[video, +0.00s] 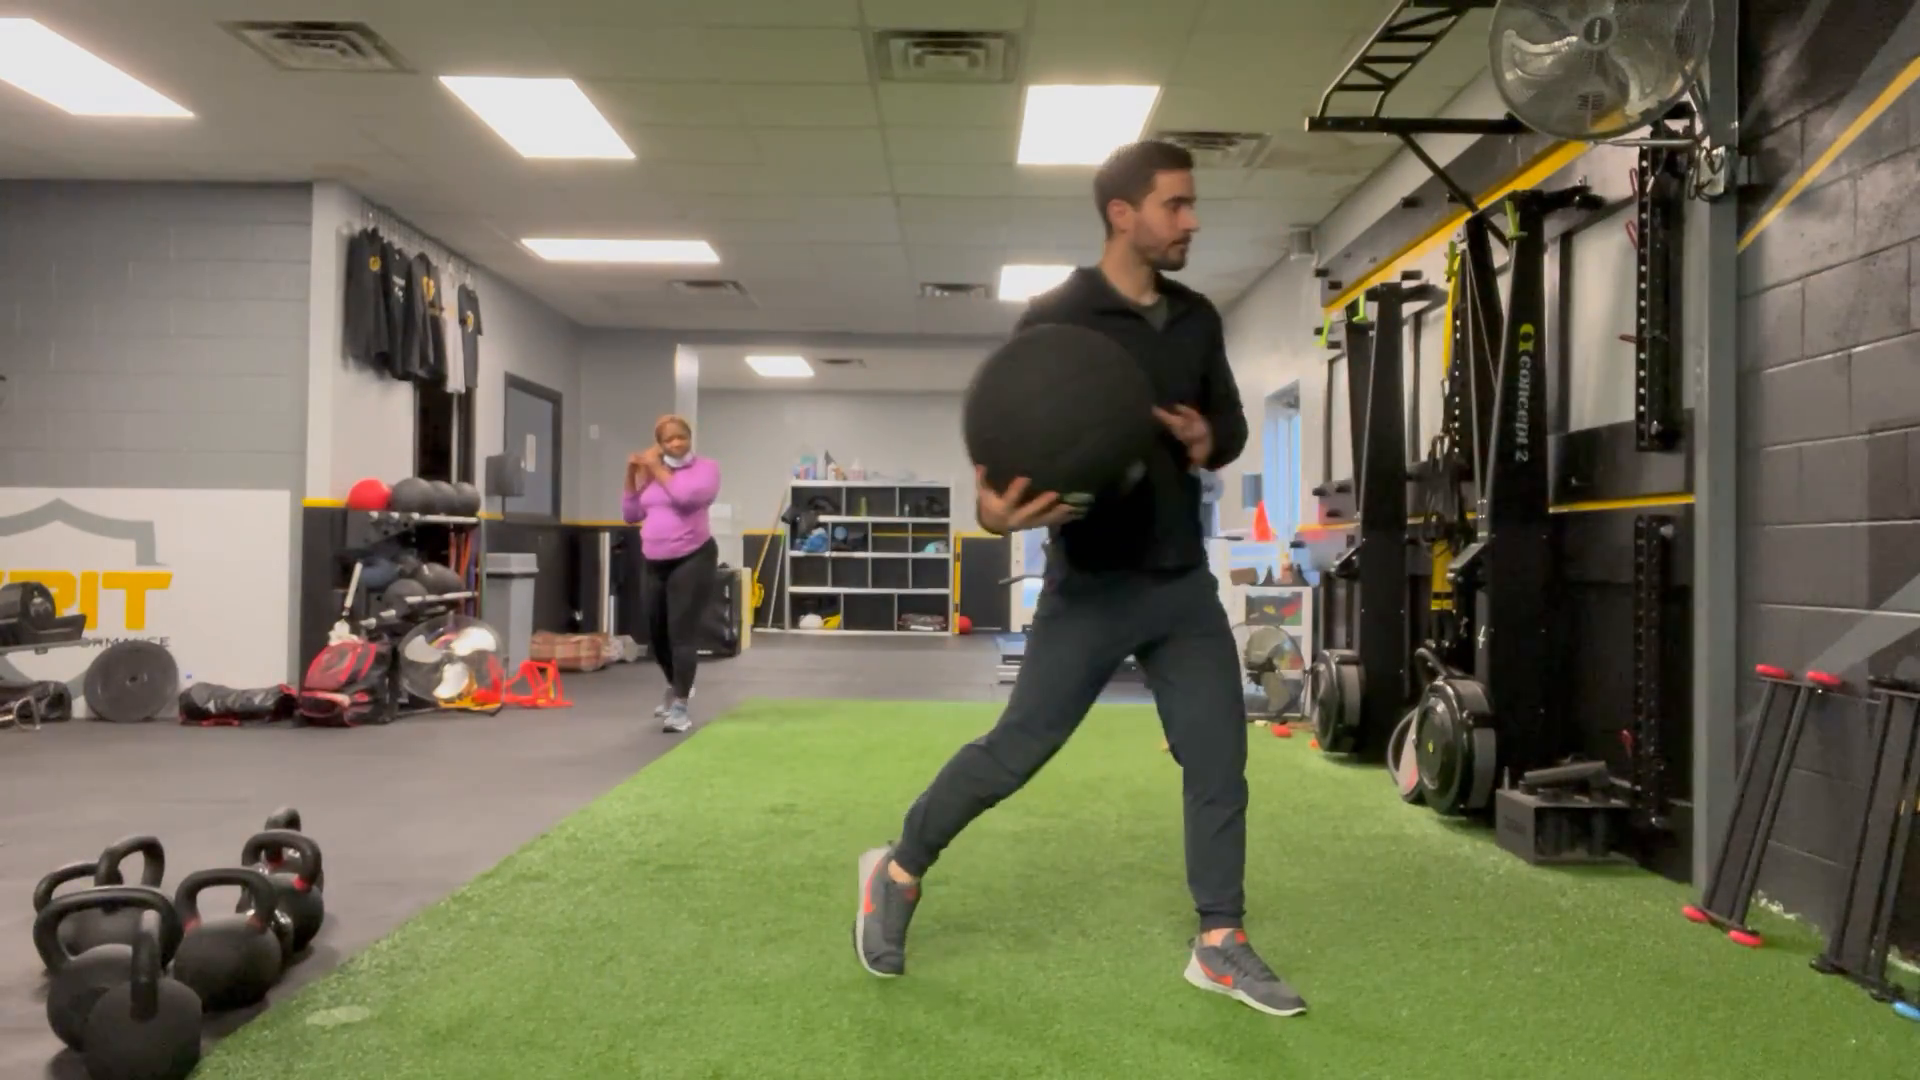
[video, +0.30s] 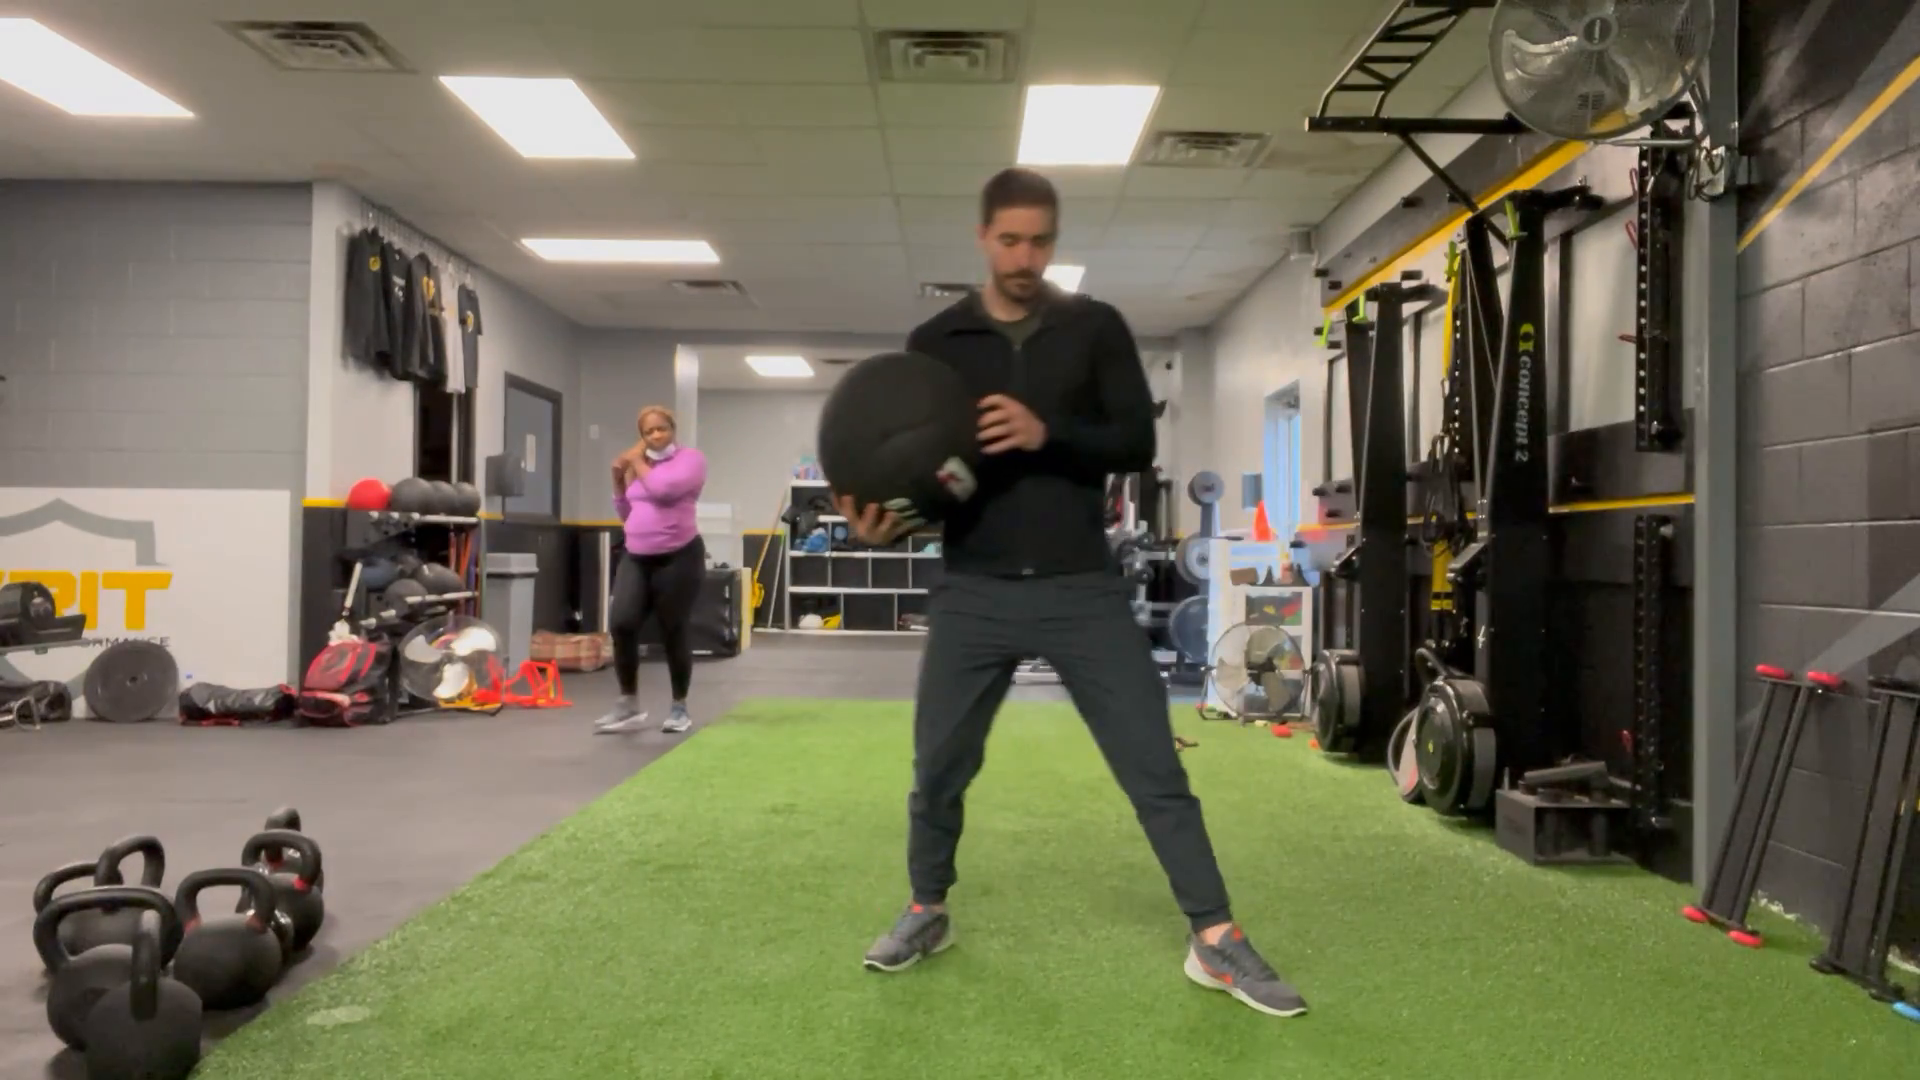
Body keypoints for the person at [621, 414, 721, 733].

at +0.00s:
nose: (676, 443)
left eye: (681, 437)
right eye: (669, 439)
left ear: (691, 439)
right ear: (660, 444)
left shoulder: (706, 468)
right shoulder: (651, 471)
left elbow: (685, 498)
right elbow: (632, 516)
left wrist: (655, 468)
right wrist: (631, 478)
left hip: (692, 557)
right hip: (655, 561)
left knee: (681, 627)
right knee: (657, 628)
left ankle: (680, 702)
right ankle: (675, 685)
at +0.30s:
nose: (655, 435)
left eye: (661, 429)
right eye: (649, 431)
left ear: (673, 431)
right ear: (642, 436)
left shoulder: (691, 460)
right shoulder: (637, 465)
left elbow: (663, 490)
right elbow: (626, 515)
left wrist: (637, 462)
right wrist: (619, 481)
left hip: (679, 555)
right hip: (637, 557)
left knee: (674, 629)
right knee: (622, 624)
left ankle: (679, 708)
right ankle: (629, 704)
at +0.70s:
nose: (613, 432)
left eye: (619, 426)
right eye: (605, 428)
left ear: (628, 428)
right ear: (595, 435)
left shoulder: (646, 458)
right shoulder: (585, 463)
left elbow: (623, 491)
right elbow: (569, 516)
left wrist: (591, 459)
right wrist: (564, 477)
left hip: (633, 558)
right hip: (589, 561)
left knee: (628, 634)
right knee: (592, 638)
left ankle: (657, 688)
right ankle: (597, 718)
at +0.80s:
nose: (604, 429)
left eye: (610, 422)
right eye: (597, 424)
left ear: (620, 425)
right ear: (586, 430)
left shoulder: (637, 455)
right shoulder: (573, 460)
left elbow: (616, 486)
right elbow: (558, 513)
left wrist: (582, 458)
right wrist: (555, 473)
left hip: (624, 555)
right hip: (579, 558)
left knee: (610, 628)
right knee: (586, 637)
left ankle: (629, 701)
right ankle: (595, 717)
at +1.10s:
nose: (580, 429)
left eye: (586, 422)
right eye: (572, 424)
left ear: (597, 424)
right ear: (560, 429)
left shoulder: (611, 456)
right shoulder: (549, 459)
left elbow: (589, 491)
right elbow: (532, 514)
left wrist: (557, 456)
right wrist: (527, 470)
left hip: (599, 557)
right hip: (555, 562)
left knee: (585, 641)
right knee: (565, 643)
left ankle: (580, 730)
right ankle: (594, 718)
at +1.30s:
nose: (553, 423)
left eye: (559, 416)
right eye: (549, 417)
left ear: (581, 422)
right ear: (548, 422)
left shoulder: (601, 457)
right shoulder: (539, 458)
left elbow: (570, 483)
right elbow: (521, 514)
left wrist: (544, 452)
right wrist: (515, 471)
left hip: (585, 555)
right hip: (541, 560)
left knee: (577, 644)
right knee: (518, 641)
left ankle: (576, 731)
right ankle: (556, 697)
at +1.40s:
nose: (536, 416)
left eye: (545, 410)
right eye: (533, 411)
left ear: (567, 412)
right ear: (531, 413)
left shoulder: (587, 448)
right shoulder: (528, 450)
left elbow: (557, 483)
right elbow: (515, 514)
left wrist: (529, 449)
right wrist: (507, 470)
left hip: (577, 554)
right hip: (531, 557)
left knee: (571, 647)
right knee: (505, 639)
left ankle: (574, 730)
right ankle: (525, 715)